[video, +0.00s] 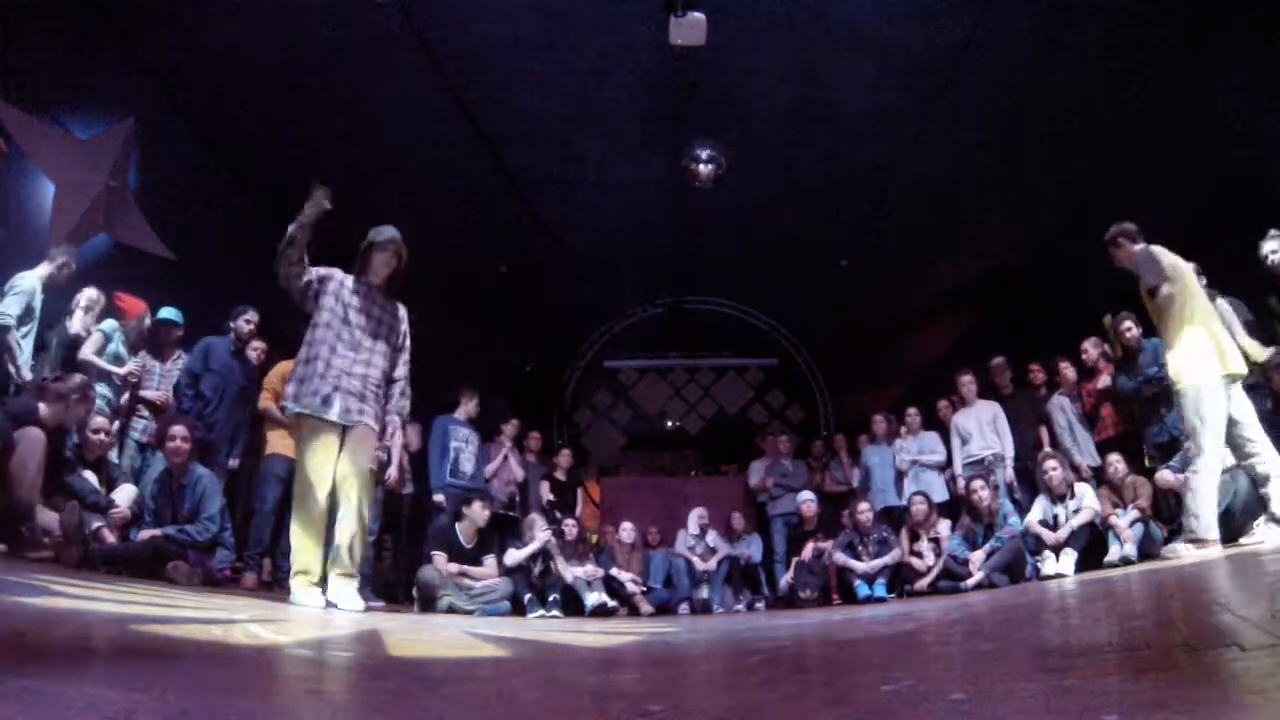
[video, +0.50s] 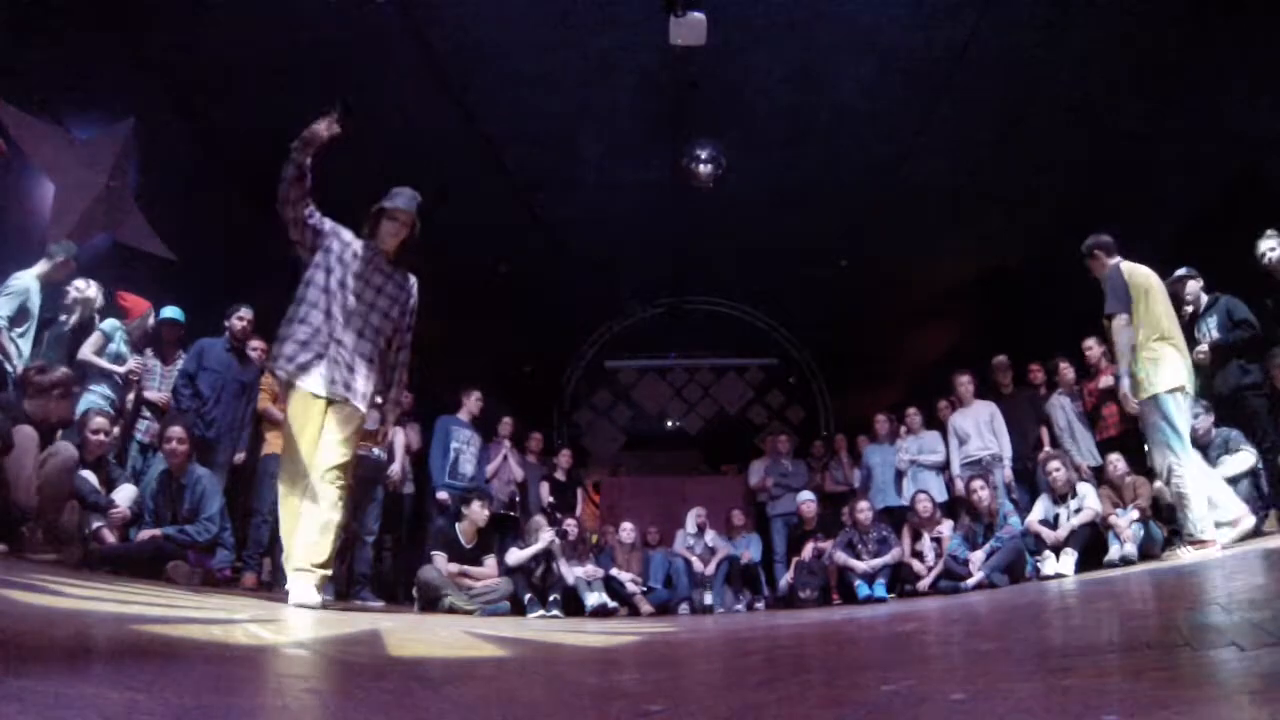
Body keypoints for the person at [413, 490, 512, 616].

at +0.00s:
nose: (488, 513)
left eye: (488, 509)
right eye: (483, 507)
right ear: (465, 509)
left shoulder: (485, 536)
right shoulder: (443, 530)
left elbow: (492, 572)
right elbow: (441, 568)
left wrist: (461, 569)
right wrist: (475, 584)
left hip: (478, 590)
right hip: (448, 588)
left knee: (507, 585)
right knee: (427, 573)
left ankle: (454, 605)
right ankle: (477, 610)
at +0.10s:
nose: (487, 513)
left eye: (488, 508)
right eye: (482, 507)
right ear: (465, 509)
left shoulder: (484, 536)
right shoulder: (444, 530)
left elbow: (492, 572)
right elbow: (441, 569)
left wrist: (461, 569)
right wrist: (474, 584)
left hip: (477, 590)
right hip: (448, 588)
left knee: (507, 585)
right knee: (427, 573)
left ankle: (455, 604)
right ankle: (477, 609)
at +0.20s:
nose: (487, 513)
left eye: (488, 508)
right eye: (482, 507)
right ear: (465, 509)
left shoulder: (484, 536)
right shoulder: (443, 530)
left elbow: (492, 572)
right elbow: (441, 569)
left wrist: (461, 569)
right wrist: (475, 584)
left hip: (476, 590)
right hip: (448, 588)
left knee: (507, 585)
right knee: (427, 573)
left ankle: (455, 605)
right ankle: (477, 609)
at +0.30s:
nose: (487, 513)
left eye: (488, 508)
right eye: (482, 507)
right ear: (465, 509)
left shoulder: (484, 536)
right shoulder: (443, 531)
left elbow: (492, 572)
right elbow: (441, 569)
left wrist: (461, 569)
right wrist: (474, 584)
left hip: (477, 590)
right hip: (448, 588)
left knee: (507, 585)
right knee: (427, 572)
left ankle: (456, 605)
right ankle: (476, 609)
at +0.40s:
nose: (487, 513)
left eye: (488, 508)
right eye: (481, 507)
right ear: (465, 509)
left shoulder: (484, 536)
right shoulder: (443, 530)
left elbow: (493, 572)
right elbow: (442, 570)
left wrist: (462, 569)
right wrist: (474, 584)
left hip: (477, 590)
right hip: (448, 588)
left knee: (507, 584)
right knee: (426, 572)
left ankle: (456, 604)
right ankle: (477, 609)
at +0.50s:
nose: (487, 513)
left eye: (488, 508)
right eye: (481, 507)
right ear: (465, 509)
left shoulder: (484, 536)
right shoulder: (443, 530)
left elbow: (493, 572)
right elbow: (442, 569)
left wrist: (462, 569)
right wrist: (474, 584)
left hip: (477, 590)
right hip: (447, 588)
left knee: (507, 584)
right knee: (426, 573)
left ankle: (455, 604)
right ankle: (477, 609)